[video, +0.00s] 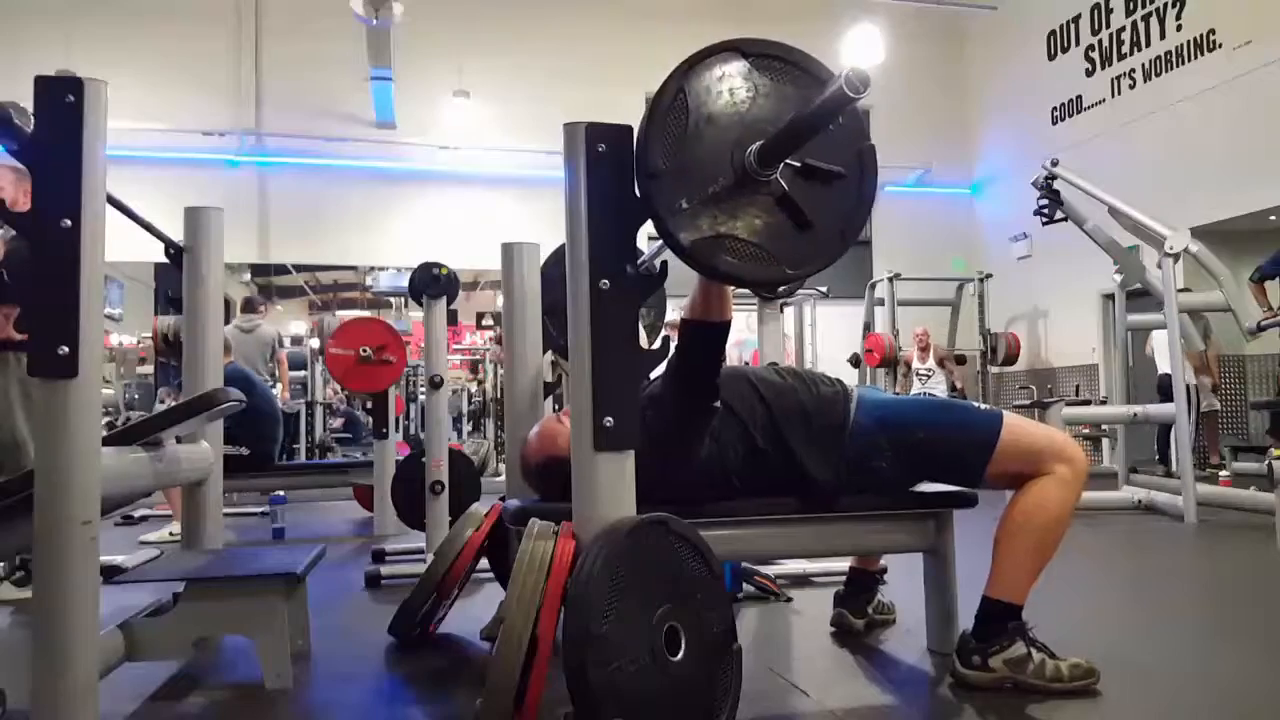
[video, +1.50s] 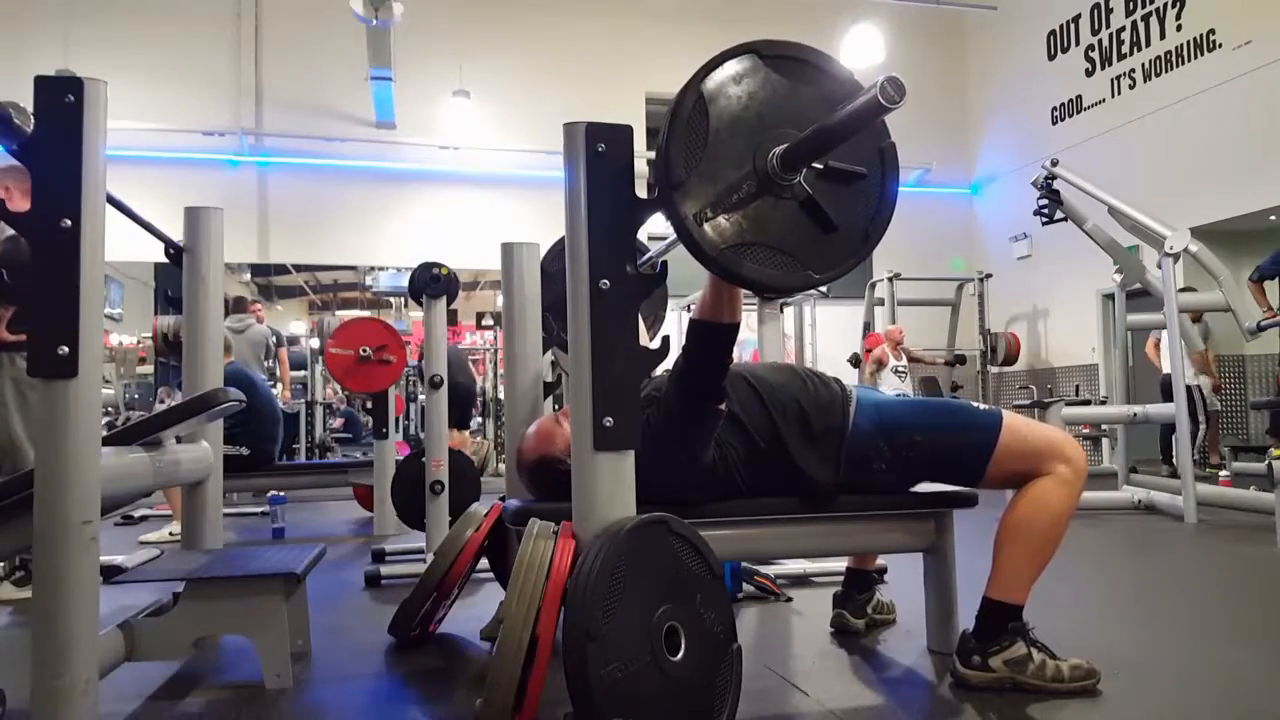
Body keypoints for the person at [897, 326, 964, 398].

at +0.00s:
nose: (920, 338)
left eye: (922, 335)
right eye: (917, 336)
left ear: (928, 337)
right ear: (914, 339)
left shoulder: (940, 353)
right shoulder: (910, 356)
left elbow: (953, 371)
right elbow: (902, 375)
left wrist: (960, 388)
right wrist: (898, 391)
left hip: (937, 393)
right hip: (916, 393)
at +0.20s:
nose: (911, 338)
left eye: (914, 335)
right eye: (908, 336)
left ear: (919, 337)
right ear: (905, 339)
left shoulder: (931, 353)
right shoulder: (900, 356)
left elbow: (943, 370)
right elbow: (895, 377)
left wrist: (949, 381)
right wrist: (892, 393)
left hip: (928, 393)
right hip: (907, 393)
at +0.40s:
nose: (901, 337)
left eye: (904, 334)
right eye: (898, 334)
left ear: (908, 337)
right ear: (895, 338)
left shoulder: (919, 354)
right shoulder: (887, 355)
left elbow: (930, 371)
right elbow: (884, 376)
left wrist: (936, 384)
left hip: (915, 393)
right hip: (894, 393)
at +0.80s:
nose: (901, 335)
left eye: (901, 332)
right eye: (897, 333)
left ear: (902, 333)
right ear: (888, 336)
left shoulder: (907, 352)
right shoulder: (876, 352)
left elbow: (918, 369)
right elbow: (870, 372)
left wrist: (925, 380)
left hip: (906, 393)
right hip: (885, 393)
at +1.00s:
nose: (903, 334)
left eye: (902, 332)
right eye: (900, 332)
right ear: (891, 336)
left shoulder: (906, 351)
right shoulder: (877, 352)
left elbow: (915, 365)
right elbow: (869, 372)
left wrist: (931, 374)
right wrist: (872, 391)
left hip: (906, 393)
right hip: (886, 393)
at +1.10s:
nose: (903, 334)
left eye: (903, 331)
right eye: (900, 332)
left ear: (892, 336)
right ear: (890, 336)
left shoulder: (905, 351)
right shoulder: (877, 352)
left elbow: (921, 365)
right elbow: (868, 373)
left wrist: (942, 375)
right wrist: (870, 394)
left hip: (906, 396)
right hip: (886, 397)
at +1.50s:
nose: (903, 335)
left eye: (903, 332)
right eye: (900, 333)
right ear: (890, 336)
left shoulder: (903, 351)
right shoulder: (878, 353)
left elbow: (924, 359)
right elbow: (868, 374)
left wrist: (946, 361)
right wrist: (872, 395)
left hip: (908, 397)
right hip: (889, 397)